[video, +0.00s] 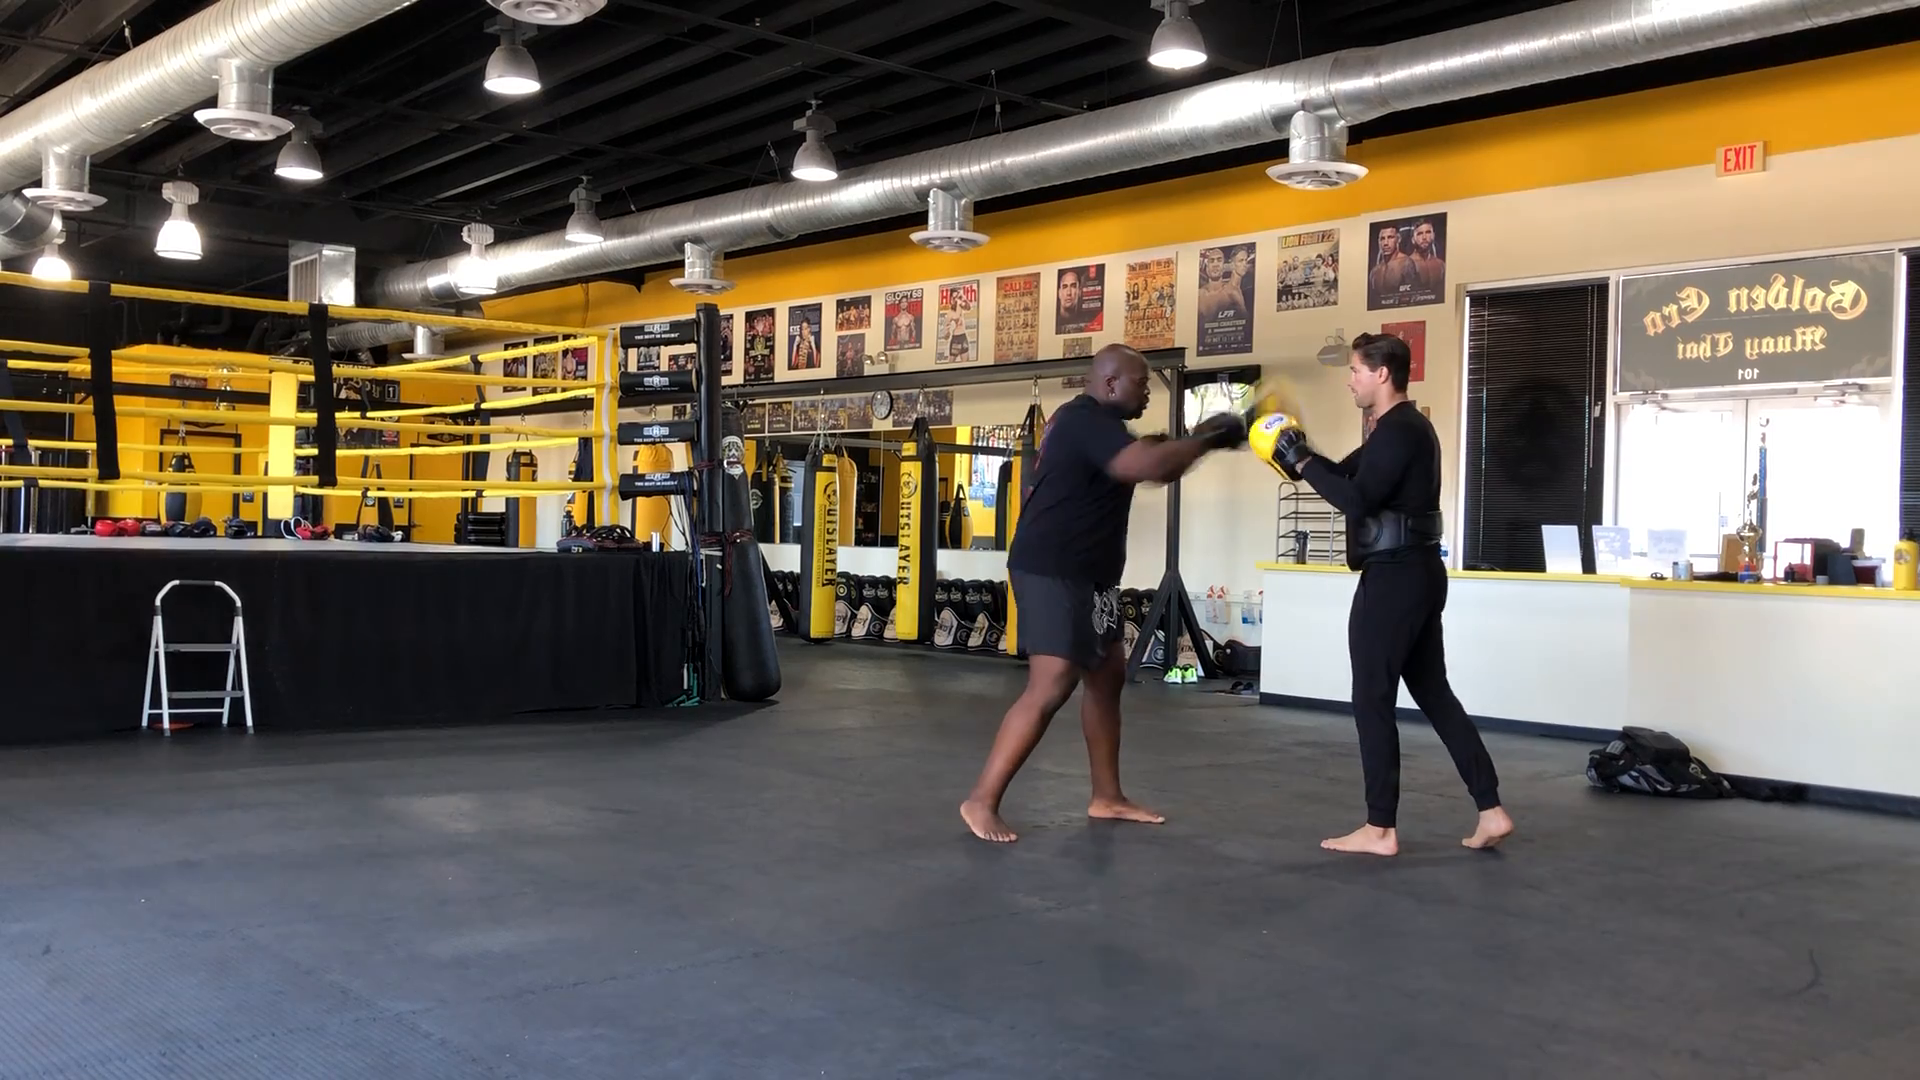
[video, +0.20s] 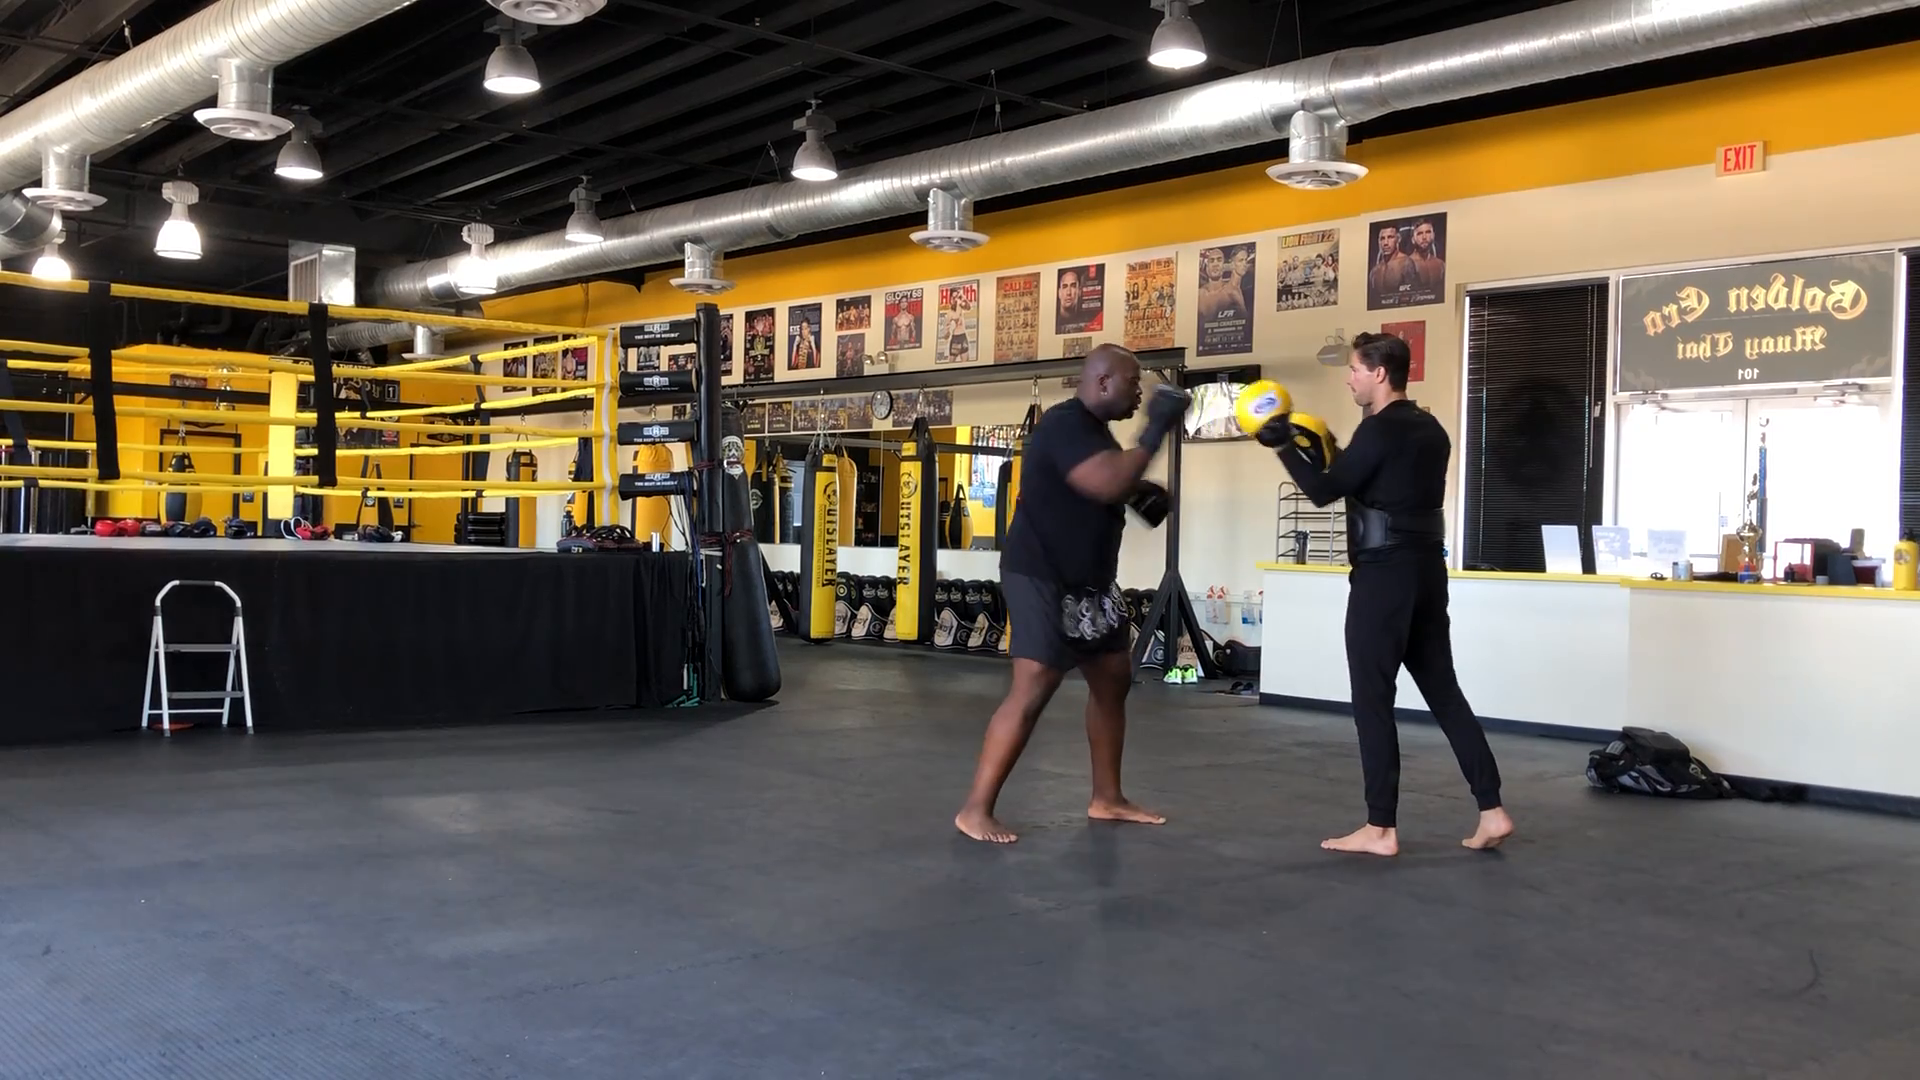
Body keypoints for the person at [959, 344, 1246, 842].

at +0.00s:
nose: (1147, 390)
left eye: (1147, 383)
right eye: (1142, 381)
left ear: (1106, 381)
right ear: (1110, 380)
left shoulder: (1100, 422)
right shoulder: (1084, 418)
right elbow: (1148, 464)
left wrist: (1172, 444)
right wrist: (1207, 437)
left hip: (1092, 572)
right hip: (1052, 569)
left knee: (1107, 674)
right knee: (1052, 682)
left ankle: (1107, 796)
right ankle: (981, 802)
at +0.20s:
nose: (1139, 393)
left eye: (1139, 384)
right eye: (1132, 383)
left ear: (1104, 381)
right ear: (1103, 381)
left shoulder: (1101, 434)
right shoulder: (1064, 423)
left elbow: (1101, 484)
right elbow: (1104, 480)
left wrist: (1139, 495)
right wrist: (1154, 432)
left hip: (1089, 576)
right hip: (1038, 574)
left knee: (1112, 678)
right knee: (1033, 683)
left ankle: (1107, 798)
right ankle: (974, 810)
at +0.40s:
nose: (1109, 390)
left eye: (1114, 381)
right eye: (1100, 379)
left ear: (1115, 382)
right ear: (1070, 376)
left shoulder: (1112, 424)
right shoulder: (1030, 423)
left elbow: (1162, 453)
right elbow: (1047, 484)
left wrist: (1202, 441)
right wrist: (1079, 420)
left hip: (1087, 578)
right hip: (1028, 577)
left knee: (1113, 681)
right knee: (1016, 688)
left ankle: (1108, 797)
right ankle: (974, 812)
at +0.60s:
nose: (1132, 398)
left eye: (1135, 391)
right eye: (1125, 389)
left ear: (1127, 393)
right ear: (1096, 385)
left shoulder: (1108, 438)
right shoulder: (1063, 424)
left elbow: (1120, 492)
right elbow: (1056, 474)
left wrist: (1152, 456)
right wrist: (1118, 438)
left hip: (1088, 583)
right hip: (1042, 581)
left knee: (1117, 677)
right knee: (1033, 689)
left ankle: (1110, 796)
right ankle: (974, 812)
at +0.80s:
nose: (1156, 409)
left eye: (1156, 403)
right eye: (1152, 400)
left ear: (1111, 389)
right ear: (1128, 388)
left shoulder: (1072, 424)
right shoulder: (1119, 415)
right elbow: (1207, 422)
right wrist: (1269, 415)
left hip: (1081, 569)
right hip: (1060, 564)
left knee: (1103, 677)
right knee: (1038, 683)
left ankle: (1108, 796)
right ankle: (972, 805)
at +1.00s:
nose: (1160, 402)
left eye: (1162, 395)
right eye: (1156, 393)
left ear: (1125, 382)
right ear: (1130, 383)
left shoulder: (1118, 423)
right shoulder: (1100, 412)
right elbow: (1129, 460)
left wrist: (1167, 435)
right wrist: (1190, 442)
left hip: (1095, 567)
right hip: (1062, 558)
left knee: (1109, 671)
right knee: (1046, 672)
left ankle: (1109, 796)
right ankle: (979, 794)